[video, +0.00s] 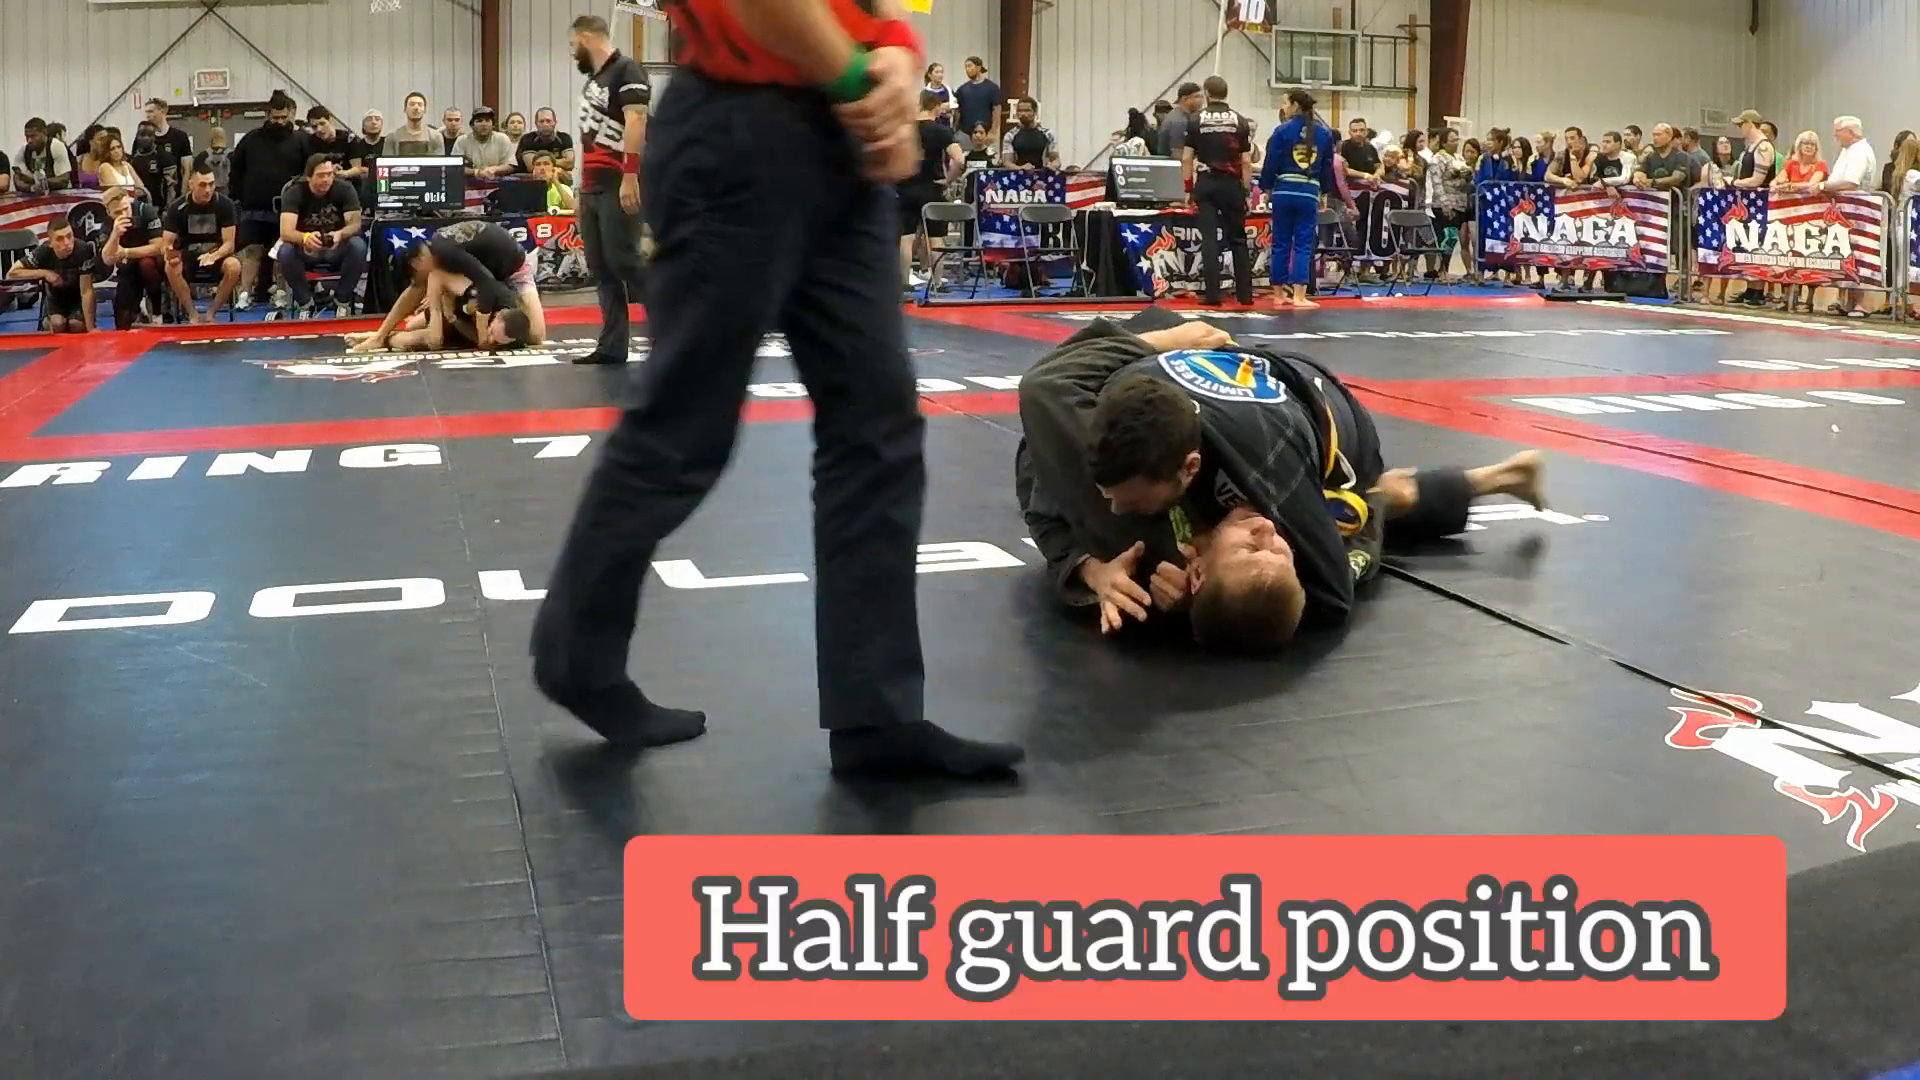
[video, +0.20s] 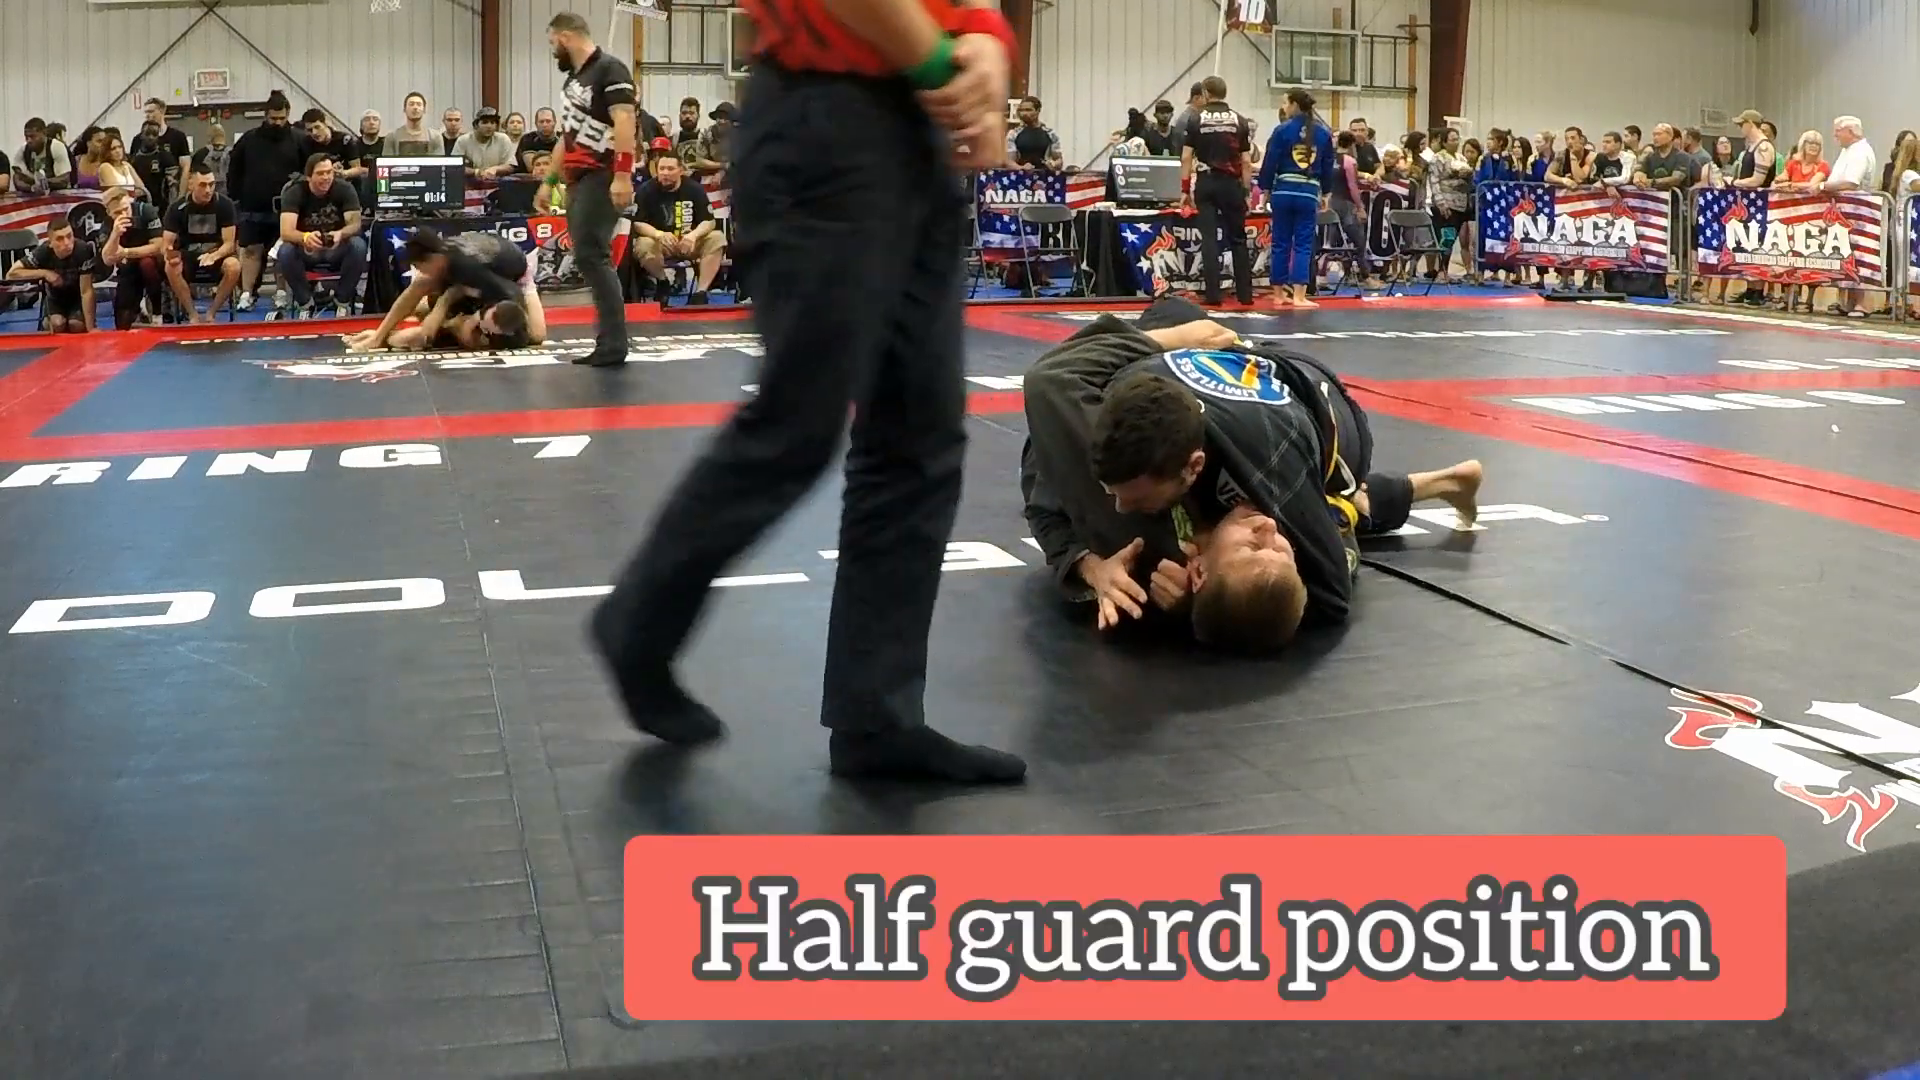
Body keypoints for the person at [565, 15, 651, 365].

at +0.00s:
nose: (572, 51)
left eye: (574, 44)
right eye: (572, 46)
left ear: (587, 39)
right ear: (591, 40)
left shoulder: (628, 71)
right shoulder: (593, 81)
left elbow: (636, 123)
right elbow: (587, 141)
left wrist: (630, 175)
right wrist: (581, 190)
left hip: (616, 186)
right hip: (591, 188)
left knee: (623, 262)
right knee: (603, 270)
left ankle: (667, 327)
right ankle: (612, 348)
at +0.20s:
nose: (552, 50)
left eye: (553, 43)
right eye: (552, 44)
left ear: (566, 37)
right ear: (570, 38)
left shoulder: (611, 69)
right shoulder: (573, 80)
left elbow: (625, 121)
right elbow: (566, 135)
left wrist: (623, 174)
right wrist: (549, 180)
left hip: (603, 176)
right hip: (580, 177)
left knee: (592, 255)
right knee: (591, 257)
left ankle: (614, 345)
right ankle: (609, 343)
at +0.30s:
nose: (542, 52)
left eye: (542, 45)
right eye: (541, 46)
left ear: (554, 38)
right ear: (558, 39)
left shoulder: (598, 70)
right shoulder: (563, 80)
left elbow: (614, 125)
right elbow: (558, 135)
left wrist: (613, 178)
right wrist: (535, 176)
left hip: (589, 178)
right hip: (571, 179)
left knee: (573, 257)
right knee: (593, 259)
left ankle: (567, 349)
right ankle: (612, 344)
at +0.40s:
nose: (531, 53)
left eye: (532, 46)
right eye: (531, 47)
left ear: (543, 40)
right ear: (549, 41)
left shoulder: (587, 74)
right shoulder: (557, 80)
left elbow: (599, 131)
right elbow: (551, 139)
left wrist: (597, 183)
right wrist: (529, 179)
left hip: (575, 182)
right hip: (558, 182)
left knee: (558, 263)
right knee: (589, 266)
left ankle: (530, 348)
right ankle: (612, 343)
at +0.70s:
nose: (498, 52)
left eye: (497, 45)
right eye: (497, 46)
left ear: (505, 39)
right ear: (521, 37)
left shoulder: (536, 72)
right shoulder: (529, 71)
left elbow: (537, 132)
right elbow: (527, 132)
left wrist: (529, 187)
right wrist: (507, 172)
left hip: (534, 180)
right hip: (530, 178)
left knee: (518, 264)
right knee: (530, 262)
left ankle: (519, 355)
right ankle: (588, 328)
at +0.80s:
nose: (486, 52)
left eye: (486, 46)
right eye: (485, 46)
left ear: (494, 40)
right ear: (511, 37)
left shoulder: (517, 72)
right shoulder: (526, 70)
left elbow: (515, 131)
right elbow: (526, 131)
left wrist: (500, 184)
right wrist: (500, 171)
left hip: (527, 178)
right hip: (530, 178)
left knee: (510, 262)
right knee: (497, 260)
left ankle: (519, 354)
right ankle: (557, 331)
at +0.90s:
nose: (472, 52)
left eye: (472, 45)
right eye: (471, 46)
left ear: (478, 39)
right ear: (500, 36)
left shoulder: (503, 69)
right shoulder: (516, 67)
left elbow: (492, 128)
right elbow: (501, 129)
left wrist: (472, 179)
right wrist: (483, 177)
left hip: (515, 179)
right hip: (511, 178)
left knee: (505, 264)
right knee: (482, 259)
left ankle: (518, 355)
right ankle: (510, 345)